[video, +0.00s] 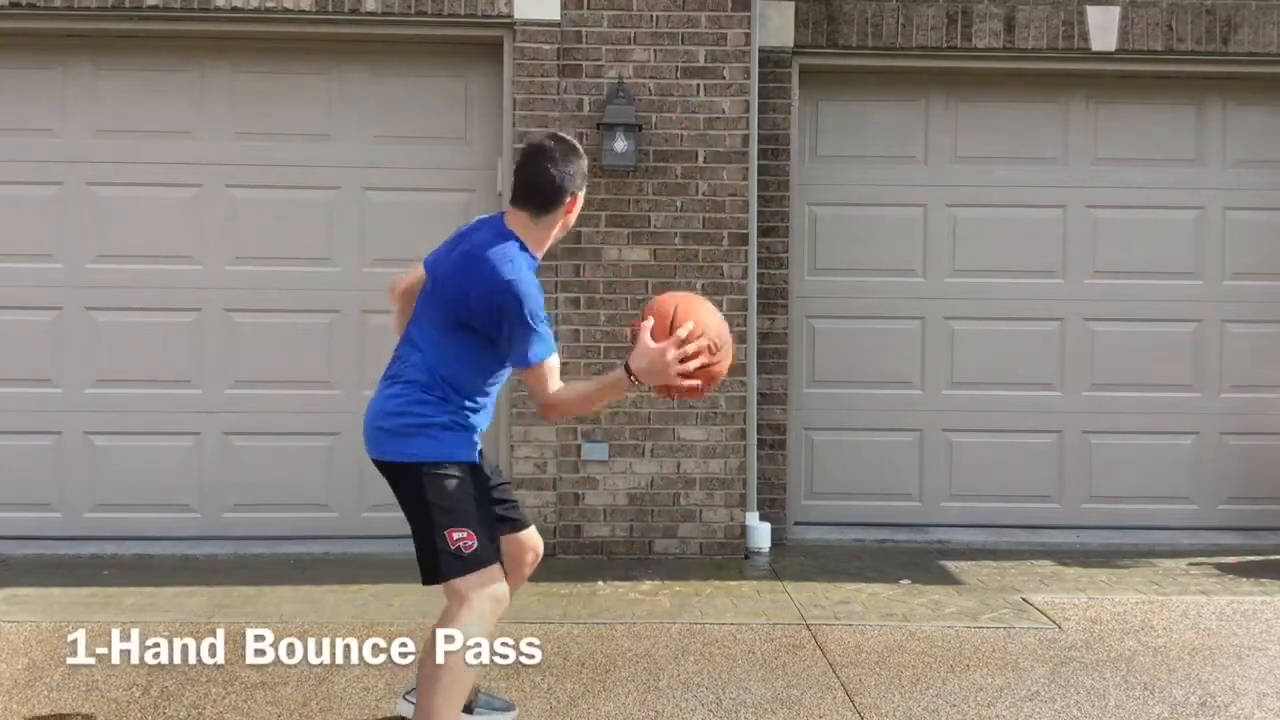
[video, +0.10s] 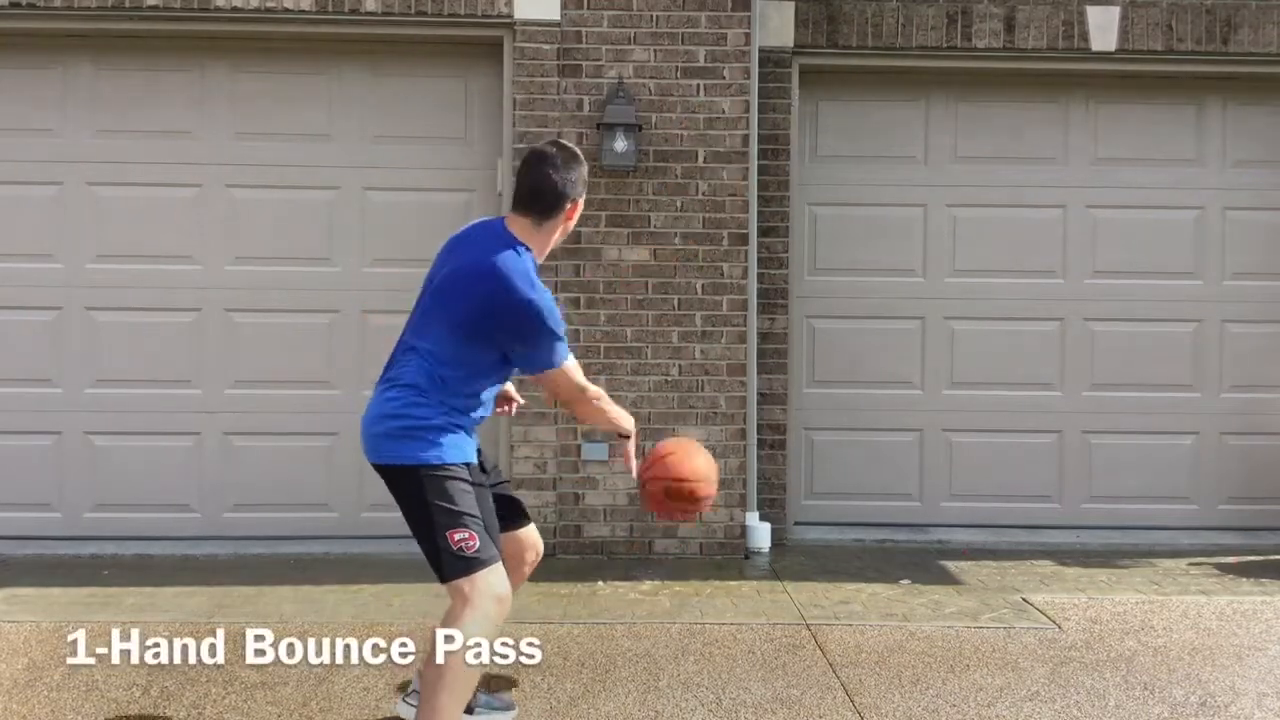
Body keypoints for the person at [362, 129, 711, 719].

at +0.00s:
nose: (581, 209)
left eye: (583, 197)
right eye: (582, 198)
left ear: (516, 187)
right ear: (570, 206)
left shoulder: (482, 233)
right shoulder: (515, 275)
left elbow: (405, 288)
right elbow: (551, 403)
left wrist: (421, 361)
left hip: (439, 430)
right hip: (422, 436)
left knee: (520, 552)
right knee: (480, 594)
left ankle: (431, 688)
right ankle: (433, 711)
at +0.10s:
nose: (579, 218)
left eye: (580, 208)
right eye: (581, 208)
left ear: (517, 192)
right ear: (572, 211)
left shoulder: (478, 239)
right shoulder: (519, 284)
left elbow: (448, 325)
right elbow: (572, 391)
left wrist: (490, 381)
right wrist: (624, 426)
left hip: (443, 431)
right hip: (420, 437)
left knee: (522, 549)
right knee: (485, 594)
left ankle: (432, 686)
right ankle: (438, 709)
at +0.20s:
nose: (582, 213)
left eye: (579, 202)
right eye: (584, 204)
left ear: (517, 194)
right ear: (575, 211)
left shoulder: (479, 238)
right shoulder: (533, 290)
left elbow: (465, 327)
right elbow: (555, 388)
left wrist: (513, 375)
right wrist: (594, 411)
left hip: (439, 429)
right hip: (421, 438)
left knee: (521, 550)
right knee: (487, 596)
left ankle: (434, 687)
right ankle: (439, 712)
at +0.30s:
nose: (581, 213)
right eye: (583, 204)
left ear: (518, 194)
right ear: (576, 210)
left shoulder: (480, 242)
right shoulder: (537, 289)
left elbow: (461, 343)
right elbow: (543, 406)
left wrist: (508, 398)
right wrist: (600, 418)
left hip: (437, 430)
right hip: (424, 437)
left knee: (521, 551)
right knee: (488, 595)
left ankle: (435, 687)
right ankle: (438, 710)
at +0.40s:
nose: (581, 207)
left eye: (581, 198)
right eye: (582, 198)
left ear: (516, 190)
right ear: (575, 205)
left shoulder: (479, 240)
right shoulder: (536, 277)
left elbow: (441, 339)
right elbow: (550, 408)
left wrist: (482, 405)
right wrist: (604, 434)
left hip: (437, 428)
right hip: (424, 436)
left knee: (522, 551)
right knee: (494, 597)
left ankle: (436, 687)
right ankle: (442, 710)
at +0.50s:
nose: (576, 199)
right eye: (576, 190)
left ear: (510, 184)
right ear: (570, 196)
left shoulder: (470, 237)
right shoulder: (536, 269)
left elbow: (409, 332)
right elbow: (549, 399)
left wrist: (472, 411)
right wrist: (611, 399)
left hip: (420, 427)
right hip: (433, 437)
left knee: (523, 551)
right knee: (504, 602)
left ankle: (439, 684)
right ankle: (450, 711)